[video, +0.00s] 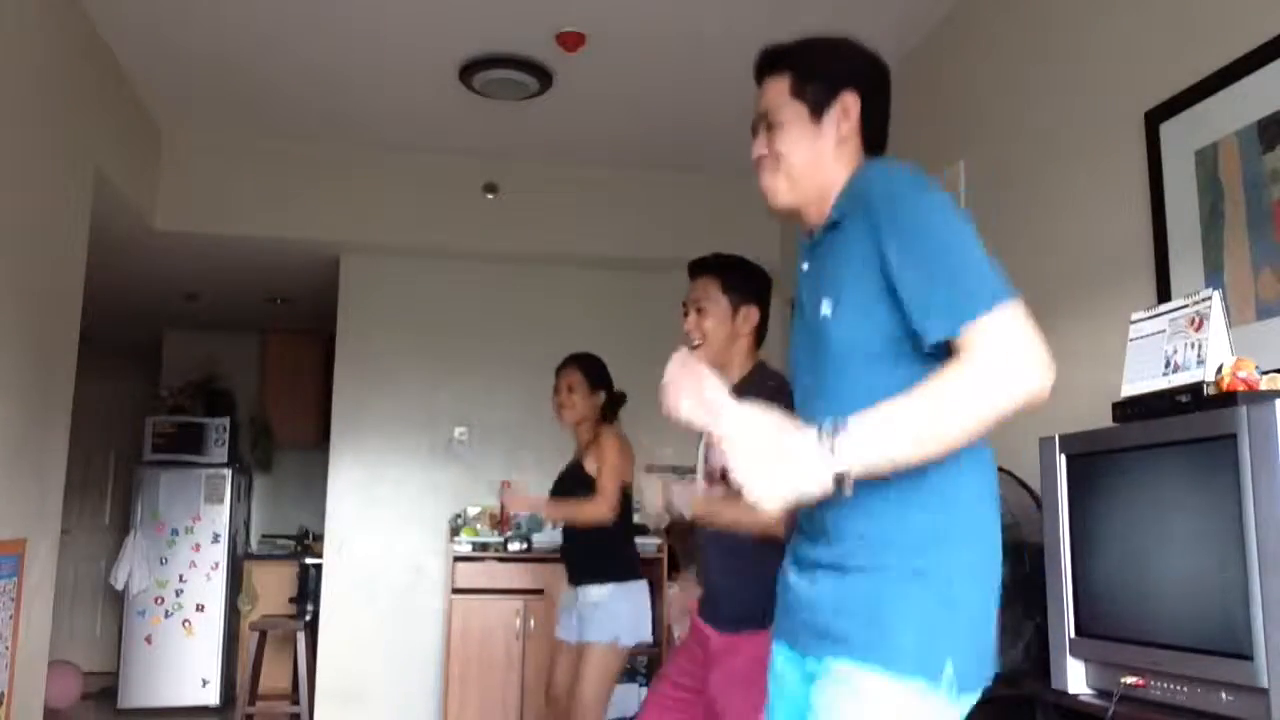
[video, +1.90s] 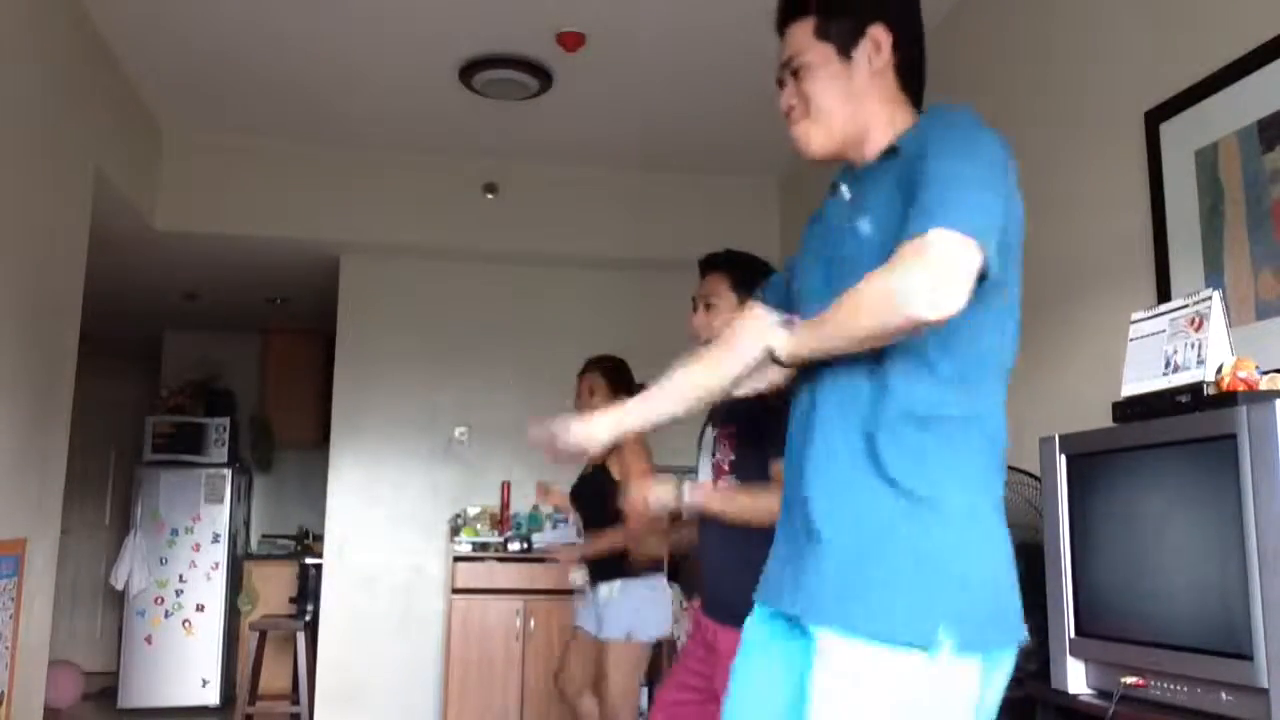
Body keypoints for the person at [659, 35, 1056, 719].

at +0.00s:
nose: (756, 148)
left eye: (772, 123)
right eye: (756, 129)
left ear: (843, 119)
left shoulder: (891, 195)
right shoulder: (816, 252)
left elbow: (1016, 360)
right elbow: (837, 433)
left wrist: (825, 453)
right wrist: (736, 426)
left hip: (898, 637)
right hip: (811, 623)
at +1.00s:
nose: (760, 74)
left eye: (772, 47)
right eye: (759, 55)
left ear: (847, 35)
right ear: (840, 39)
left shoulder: (902, 119)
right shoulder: (812, 178)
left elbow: (1011, 299)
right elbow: (861, 398)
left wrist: (870, 462)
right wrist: (762, 466)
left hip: (915, 579)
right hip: (815, 575)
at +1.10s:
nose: (757, 113)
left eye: (773, 87)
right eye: (757, 94)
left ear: (848, 78)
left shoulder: (914, 185)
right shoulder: (816, 228)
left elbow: (997, 388)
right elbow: (860, 430)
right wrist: (746, 448)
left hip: (936, 627)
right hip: (817, 619)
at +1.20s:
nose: (754, 139)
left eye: (770, 112)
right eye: (757, 119)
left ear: (844, 104)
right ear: (842, 108)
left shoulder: (915, 232)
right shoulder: (822, 262)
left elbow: (1010, 448)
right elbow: (877, 461)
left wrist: (907, 600)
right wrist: (780, 498)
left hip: (946, 636)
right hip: (839, 625)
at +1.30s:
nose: (758, 115)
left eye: (773, 85)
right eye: (759, 92)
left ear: (847, 70)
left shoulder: (933, 196)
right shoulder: (820, 228)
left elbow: (1021, 405)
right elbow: (837, 425)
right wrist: (770, 517)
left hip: (933, 656)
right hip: (823, 635)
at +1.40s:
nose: (760, 76)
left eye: (772, 47)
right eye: (758, 57)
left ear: (846, 28)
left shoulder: (910, 117)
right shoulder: (821, 181)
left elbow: (1007, 294)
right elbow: (840, 414)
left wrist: (798, 373)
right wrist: (717, 420)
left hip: (915, 597)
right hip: (811, 588)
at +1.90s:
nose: (783, 99)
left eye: (796, 72)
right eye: (781, 82)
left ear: (875, 51)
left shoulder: (954, 143)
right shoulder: (831, 221)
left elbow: (929, 286)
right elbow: (746, 346)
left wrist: (789, 347)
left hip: (918, 601)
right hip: (799, 590)